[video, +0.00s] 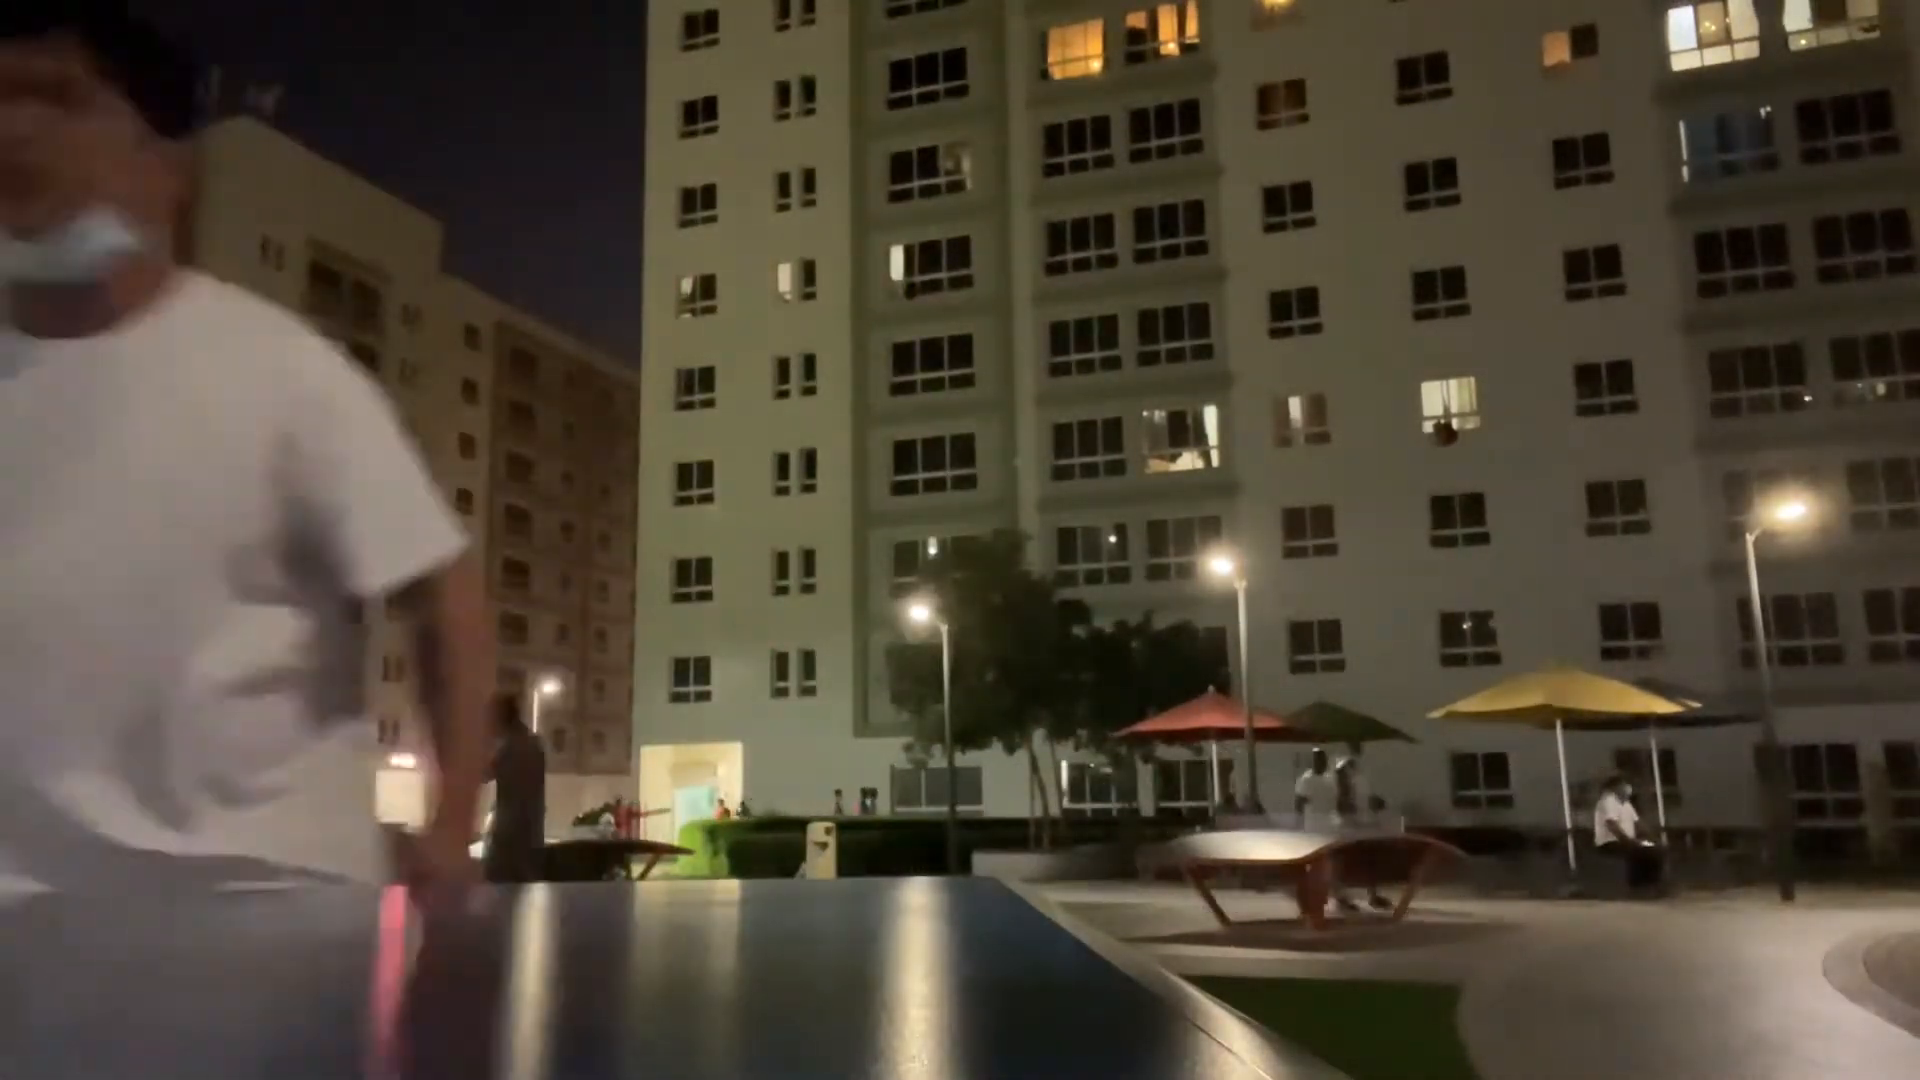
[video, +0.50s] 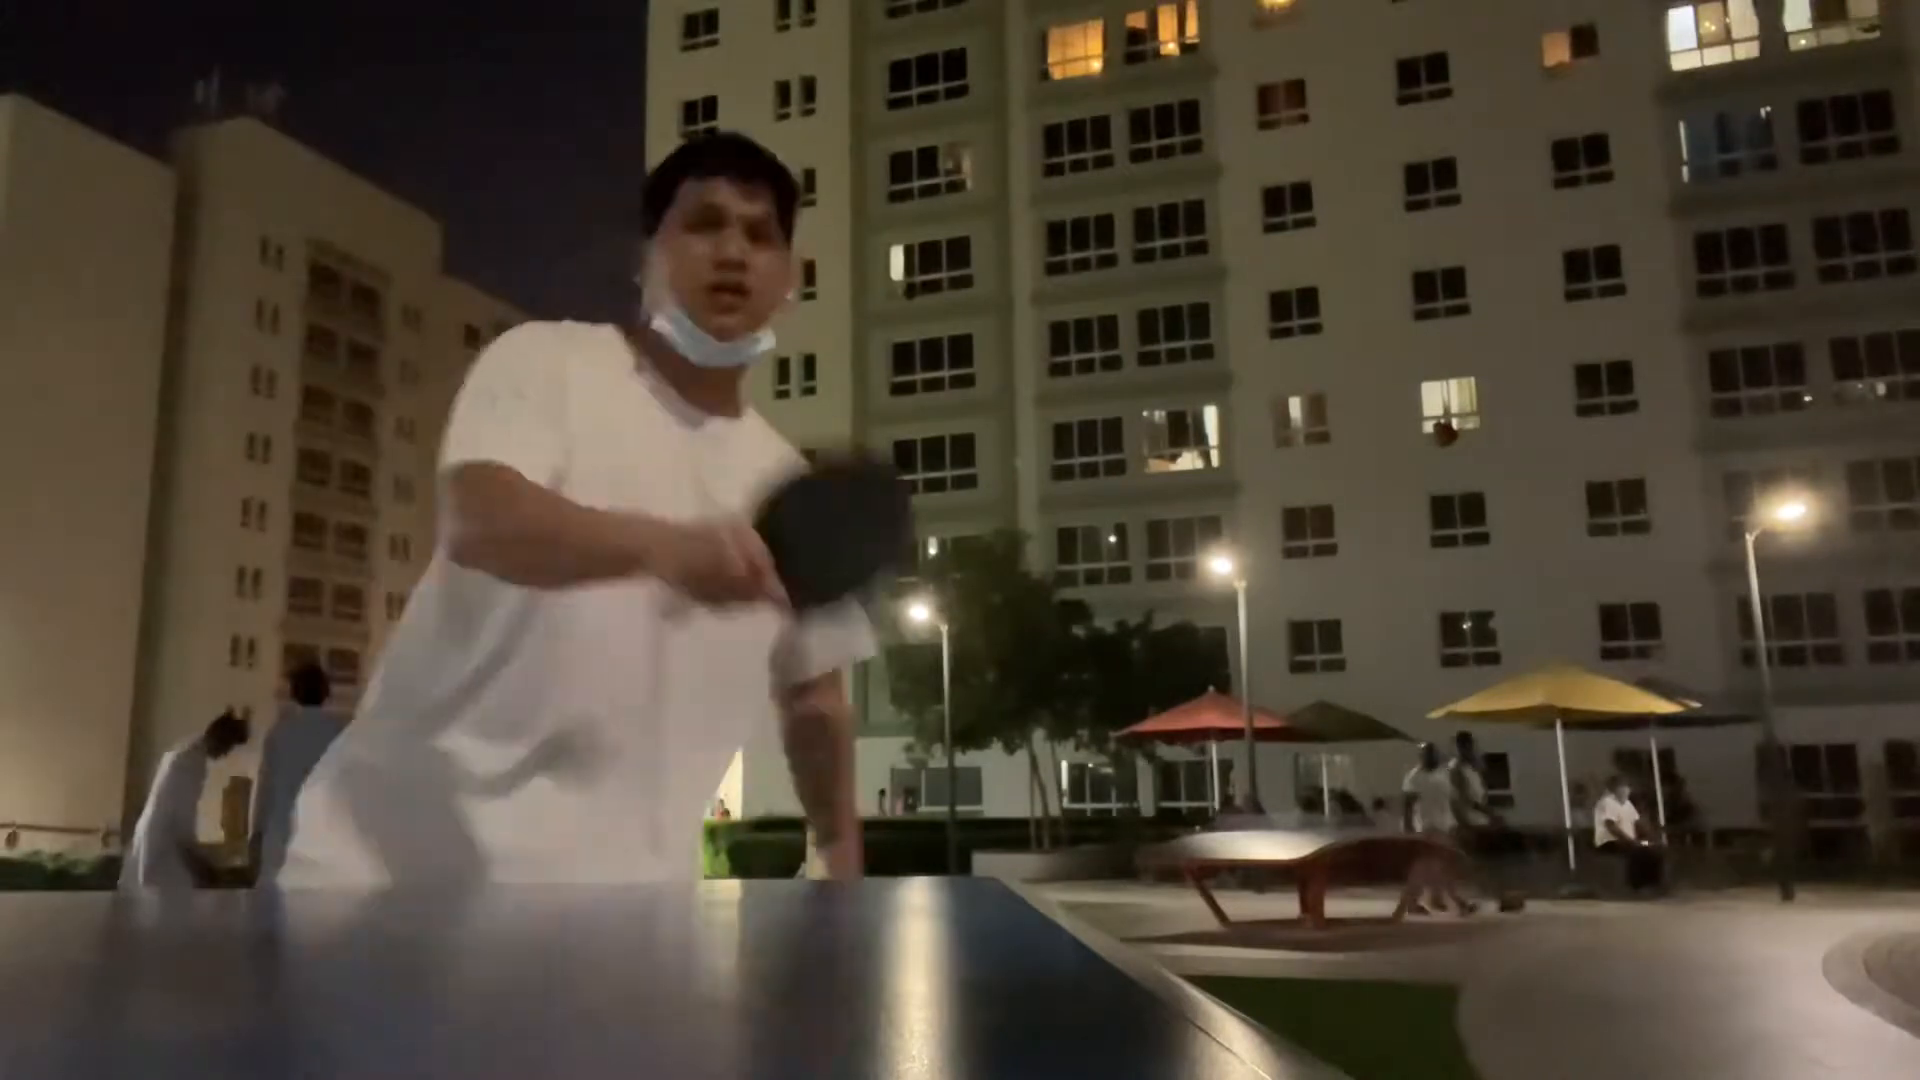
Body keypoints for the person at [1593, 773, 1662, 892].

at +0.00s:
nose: (1629, 789)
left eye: (1629, 785)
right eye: (1626, 785)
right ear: (1617, 787)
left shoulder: (1625, 802)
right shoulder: (1608, 800)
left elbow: (1636, 821)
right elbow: (1610, 822)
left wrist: (1651, 834)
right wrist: (1630, 841)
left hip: (1627, 840)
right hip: (1609, 843)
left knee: (1653, 851)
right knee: (1641, 855)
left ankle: (1651, 886)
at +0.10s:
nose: (1627, 789)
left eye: (1628, 786)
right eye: (1624, 786)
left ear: (1630, 789)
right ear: (1616, 787)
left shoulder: (1625, 803)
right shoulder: (1608, 800)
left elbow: (1637, 821)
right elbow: (1610, 823)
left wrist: (1651, 834)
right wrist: (1629, 841)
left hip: (1628, 840)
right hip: (1609, 842)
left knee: (1654, 850)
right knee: (1640, 853)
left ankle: (1652, 886)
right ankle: (1639, 888)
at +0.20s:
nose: (1628, 793)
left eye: (1629, 789)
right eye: (1624, 789)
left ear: (1630, 790)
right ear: (1616, 789)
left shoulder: (1626, 803)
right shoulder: (1608, 801)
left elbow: (1637, 821)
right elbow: (1610, 824)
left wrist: (1649, 835)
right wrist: (1629, 841)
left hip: (1628, 840)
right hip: (1609, 842)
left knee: (1654, 851)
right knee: (1637, 853)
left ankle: (1652, 885)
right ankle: (1638, 887)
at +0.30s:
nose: (1628, 790)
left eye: (1628, 786)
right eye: (1624, 786)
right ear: (1616, 788)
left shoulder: (1627, 803)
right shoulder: (1607, 802)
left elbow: (1637, 821)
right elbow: (1609, 824)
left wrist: (1648, 836)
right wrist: (1630, 841)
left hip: (1629, 840)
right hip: (1610, 842)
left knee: (1654, 851)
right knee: (1638, 853)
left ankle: (1652, 886)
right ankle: (1638, 887)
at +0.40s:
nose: (1628, 790)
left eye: (1628, 787)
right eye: (1624, 787)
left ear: (1629, 789)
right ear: (1615, 788)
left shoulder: (1626, 802)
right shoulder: (1607, 802)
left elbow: (1637, 821)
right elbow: (1610, 824)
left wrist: (1651, 835)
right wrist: (1631, 841)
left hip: (1628, 840)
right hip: (1609, 842)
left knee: (1654, 851)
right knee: (1638, 853)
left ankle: (1653, 886)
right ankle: (1637, 888)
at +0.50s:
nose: (1626, 791)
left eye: (1627, 787)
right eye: (1622, 787)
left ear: (1629, 790)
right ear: (1614, 789)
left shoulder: (1626, 803)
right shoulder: (1607, 802)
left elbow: (1637, 821)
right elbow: (1610, 824)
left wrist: (1650, 835)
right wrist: (1631, 841)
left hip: (1629, 840)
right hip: (1609, 842)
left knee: (1653, 851)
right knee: (1637, 853)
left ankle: (1653, 885)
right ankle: (1637, 887)